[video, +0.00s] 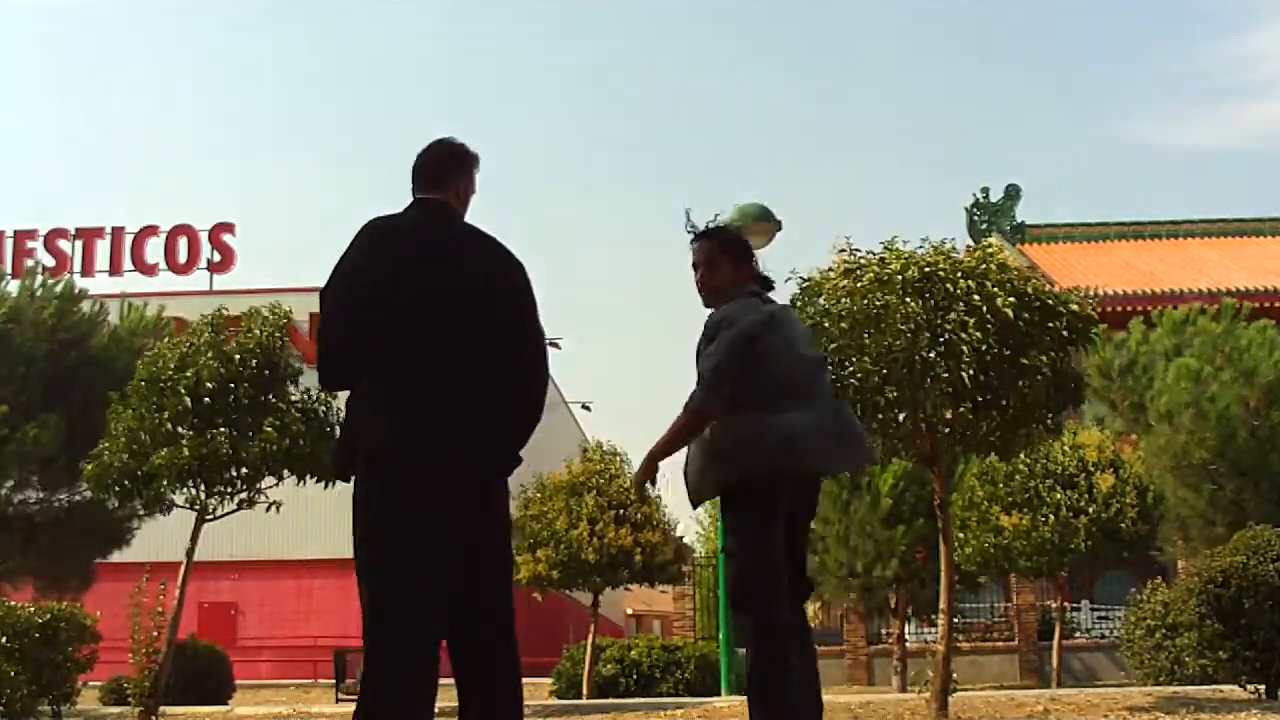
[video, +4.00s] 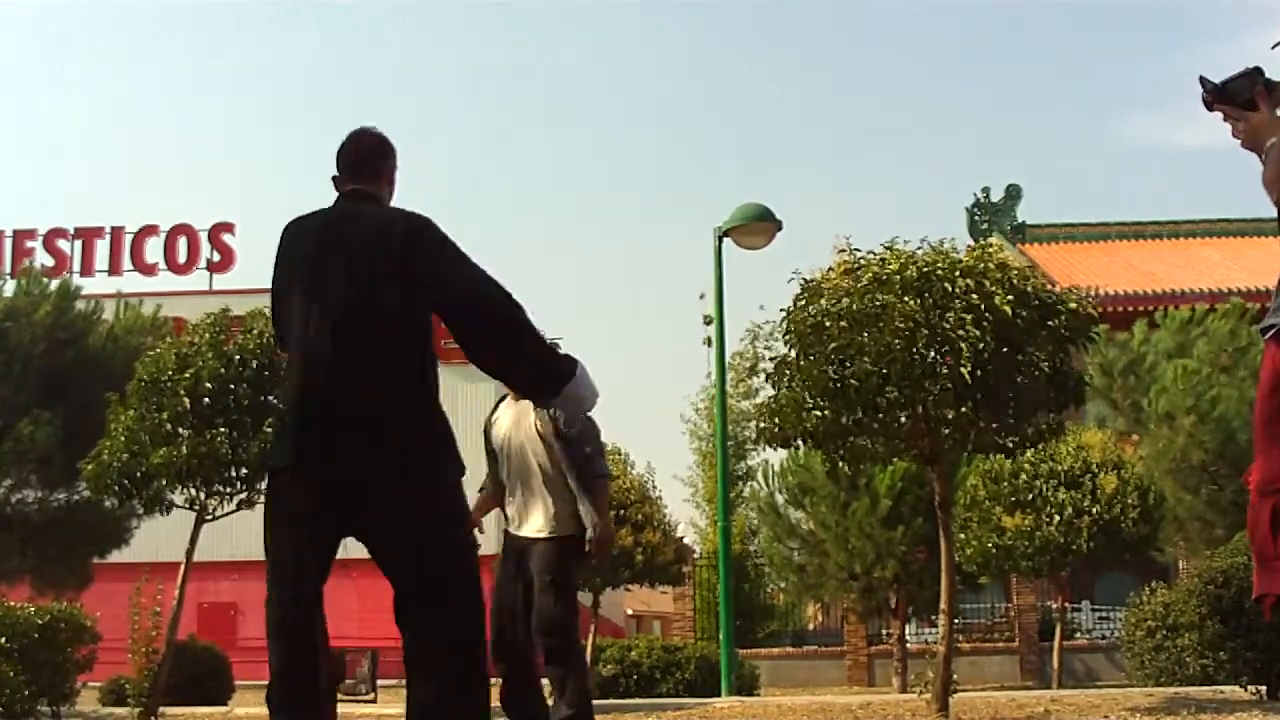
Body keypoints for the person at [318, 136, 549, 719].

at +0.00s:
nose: (470, 196)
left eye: (468, 187)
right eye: (472, 187)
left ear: (413, 183)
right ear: (465, 187)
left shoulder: (368, 246)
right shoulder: (499, 261)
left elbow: (334, 366)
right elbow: (530, 377)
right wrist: (501, 451)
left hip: (389, 471)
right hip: (474, 473)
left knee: (395, 638)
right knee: (486, 639)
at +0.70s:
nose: (385, 208)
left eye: (380, 200)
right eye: (404, 198)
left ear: (377, 197)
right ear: (430, 196)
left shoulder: (371, 243)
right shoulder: (475, 264)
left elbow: (346, 353)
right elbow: (497, 359)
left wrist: (298, 375)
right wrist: (449, 398)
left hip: (385, 457)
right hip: (461, 458)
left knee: (384, 617)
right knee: (473, 619)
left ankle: (391, 712)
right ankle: (484, 714)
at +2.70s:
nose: (351, 205)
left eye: (330, 195)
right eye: (367, 196)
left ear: (319, 195)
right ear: (374, 196)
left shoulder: (292, 255)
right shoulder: (408, 254)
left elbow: (262, 348)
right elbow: (472, 342)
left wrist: (318, 384)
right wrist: (522, 412)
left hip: (332, 461)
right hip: (413, 453)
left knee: (360, 614)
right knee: (443, 601)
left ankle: (374, 708)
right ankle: (450, 707)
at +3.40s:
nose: (407, 211)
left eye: (409, 201)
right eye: (406, 199)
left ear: (354, 190)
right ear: (387, 192)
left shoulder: (300, 260)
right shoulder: (380, 241)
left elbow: (286, 364)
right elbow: (405, 346)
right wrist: (460, 408)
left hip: (308, 453)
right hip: (377, 450)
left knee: (331, 606)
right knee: (399, 606)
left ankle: (306, 712)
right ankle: (418, 713)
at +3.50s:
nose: (426, 213)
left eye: (428, 202)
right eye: (425, 201)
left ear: (377, 187)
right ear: (407, 190)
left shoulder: (330, 250)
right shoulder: (392, 237)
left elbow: (305, 353)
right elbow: (402, 340)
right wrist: (449, 401)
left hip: (324, 448)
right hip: (380, 449)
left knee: (340, 597)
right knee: (396, 596)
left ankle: (314, 710)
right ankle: (417, 710)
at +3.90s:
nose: (414, 190)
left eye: (405, 181)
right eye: (417, 181)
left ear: (362, 177)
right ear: (415, 178)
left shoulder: (318, 238)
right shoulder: (426, 229)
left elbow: (313, 330)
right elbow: (481, 326)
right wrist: (540, 393)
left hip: (323, 437)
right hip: (413, 439)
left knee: (296, 581)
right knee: (441, 588)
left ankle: (277, 705)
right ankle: (443, 709)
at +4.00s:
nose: (389, 187)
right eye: (392, 179)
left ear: (337, 179)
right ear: (392, 178)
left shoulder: (296, 236)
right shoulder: (413, 233)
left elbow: (286, 334)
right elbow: (486, 316)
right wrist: (558, 377)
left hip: (307, 452)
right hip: (403, 451)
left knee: (290, 607)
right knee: (441, 609)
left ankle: (298, 716)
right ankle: (447, 713)